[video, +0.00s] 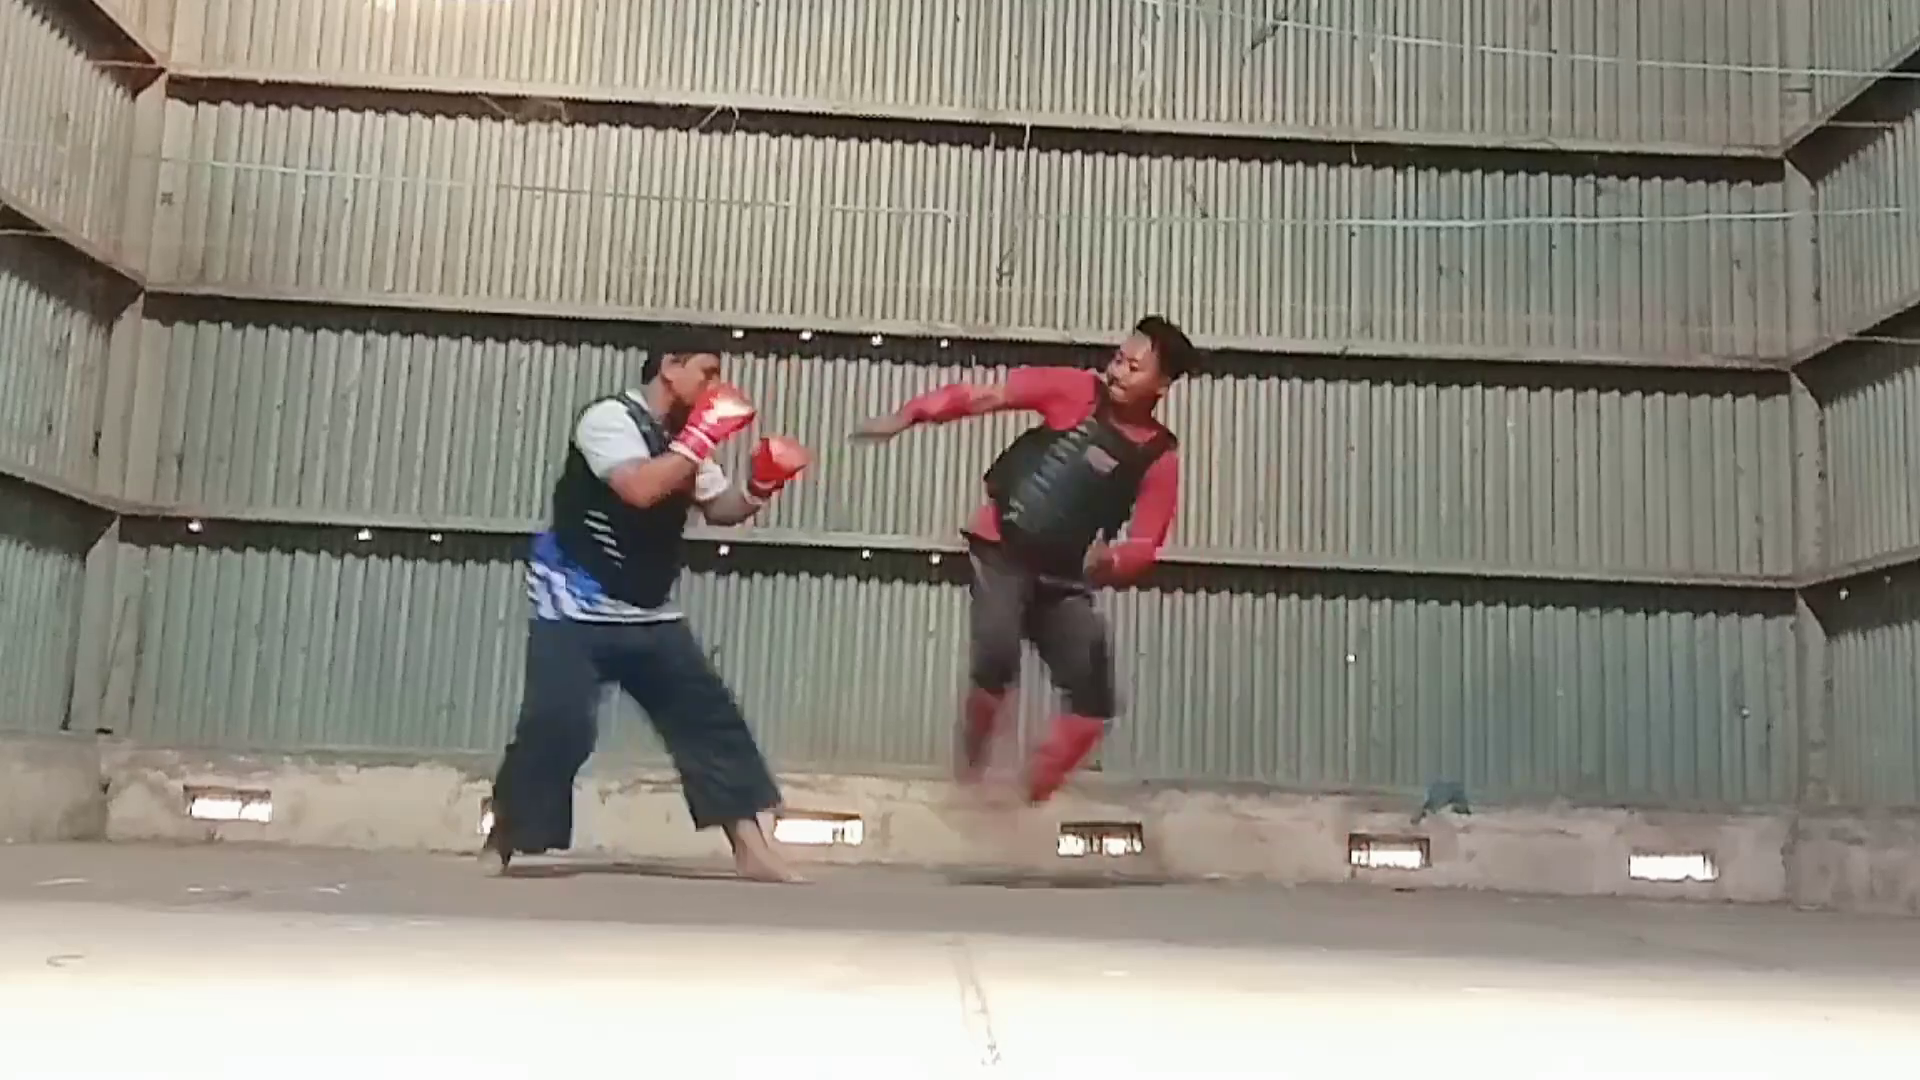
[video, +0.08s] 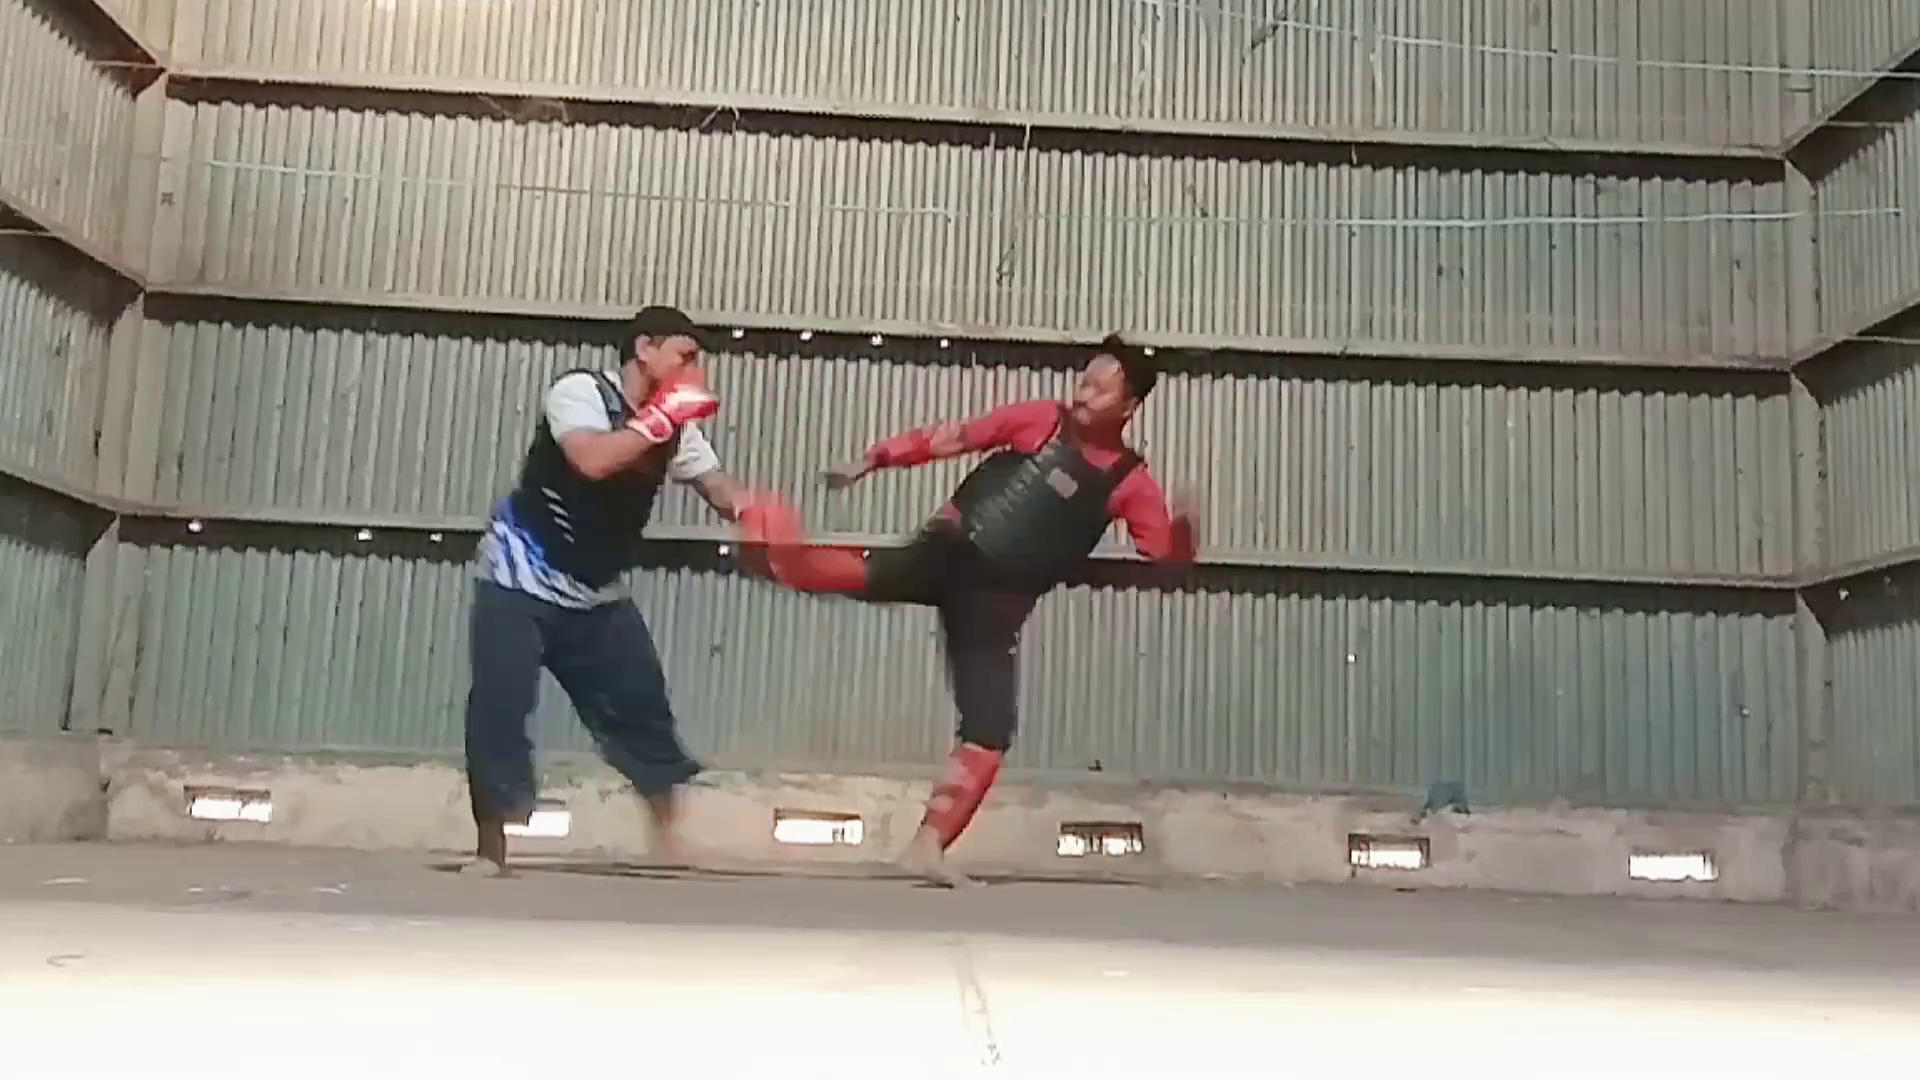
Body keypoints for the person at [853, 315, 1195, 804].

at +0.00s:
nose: (1118, 370)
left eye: (1135, 366)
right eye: (1120, 357)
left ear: (1164, 385)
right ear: (1115, 355)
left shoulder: (1157, 455)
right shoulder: (1074, 389)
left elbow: (1145, 546)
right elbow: (979, 396)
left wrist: (1111, 563)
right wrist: (903, 416)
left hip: (1060, 573)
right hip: (1000, 548)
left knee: (1093, 698)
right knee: (996, 661)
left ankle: (1029, 798)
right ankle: (972, 777)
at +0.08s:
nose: (1079, 393)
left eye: (1095, 387)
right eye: (1082, 381)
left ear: (1129, 405)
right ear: (1078, 383)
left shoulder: (1132, 483)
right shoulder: (1040, 420)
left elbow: (1168, 563)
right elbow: (953, 437)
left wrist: (1183, 530)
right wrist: (868, 462)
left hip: (994, 606)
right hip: (949, 553)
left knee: (986, 740)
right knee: (877, 574)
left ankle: (925, 850)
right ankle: (785, 561)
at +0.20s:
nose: (1069, 437)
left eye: (1086, 435)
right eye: (1069, 425)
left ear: (1112, 451)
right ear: (1062, 424)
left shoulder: (1106, 524)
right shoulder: (1017, 450)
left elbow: (1190, 552)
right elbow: (924, 470)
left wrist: (1258, 512)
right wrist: (856, 491)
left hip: (941, 626)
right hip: (894, 561)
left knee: (969, 732)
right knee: (778, 549)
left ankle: (919, 859)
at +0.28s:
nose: (1052, 437)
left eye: (1071, 438)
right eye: (1055, 425)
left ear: (1090, 462)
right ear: (1045, 422)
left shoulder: (1074, 531)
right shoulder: (991, 450)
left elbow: (1123, 575)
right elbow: (899, 463)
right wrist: (823, 488)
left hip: (925, 625)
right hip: (867, 566)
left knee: (961, 726)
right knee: (745, 584)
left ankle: (918, 861)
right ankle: (622, 585)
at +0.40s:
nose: (1010, 422)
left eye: (1027, 419)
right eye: (1011, 408)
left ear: (1056, 435)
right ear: (1007, 402)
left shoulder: (1048, 501)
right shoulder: (965, 438)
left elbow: (1057, 585)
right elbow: (865, 457)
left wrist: (1073, 657)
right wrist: (790, 491)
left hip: (917, 616)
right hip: (861, 572)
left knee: (952, 724)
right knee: (768, 654)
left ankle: (918, 855)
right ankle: (662, 717)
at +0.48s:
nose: (969, 416)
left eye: (987, 412)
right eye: (972, 402)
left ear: (1019, 427)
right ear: (969, 395)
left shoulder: (1013, 489)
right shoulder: (929, 437)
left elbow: (995, 575)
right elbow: (834, 474)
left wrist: (1002, 648)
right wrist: (778, 529)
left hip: (915, 617)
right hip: (854, 591)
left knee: (972, 717)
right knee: (810, 718)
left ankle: (924, 852)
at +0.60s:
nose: (935, 421)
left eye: (951, 415)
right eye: (934, 408)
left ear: (982, 429)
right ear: (930, 405)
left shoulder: (988, 492)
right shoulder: (891, 459)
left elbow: (975, 576)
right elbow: (813, 526)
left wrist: (995, 644)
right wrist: (782, 585)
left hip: (927, 635)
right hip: (855, 624)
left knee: (1006, 704)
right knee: (833, 726)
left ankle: (967, 850)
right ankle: (750, 858)